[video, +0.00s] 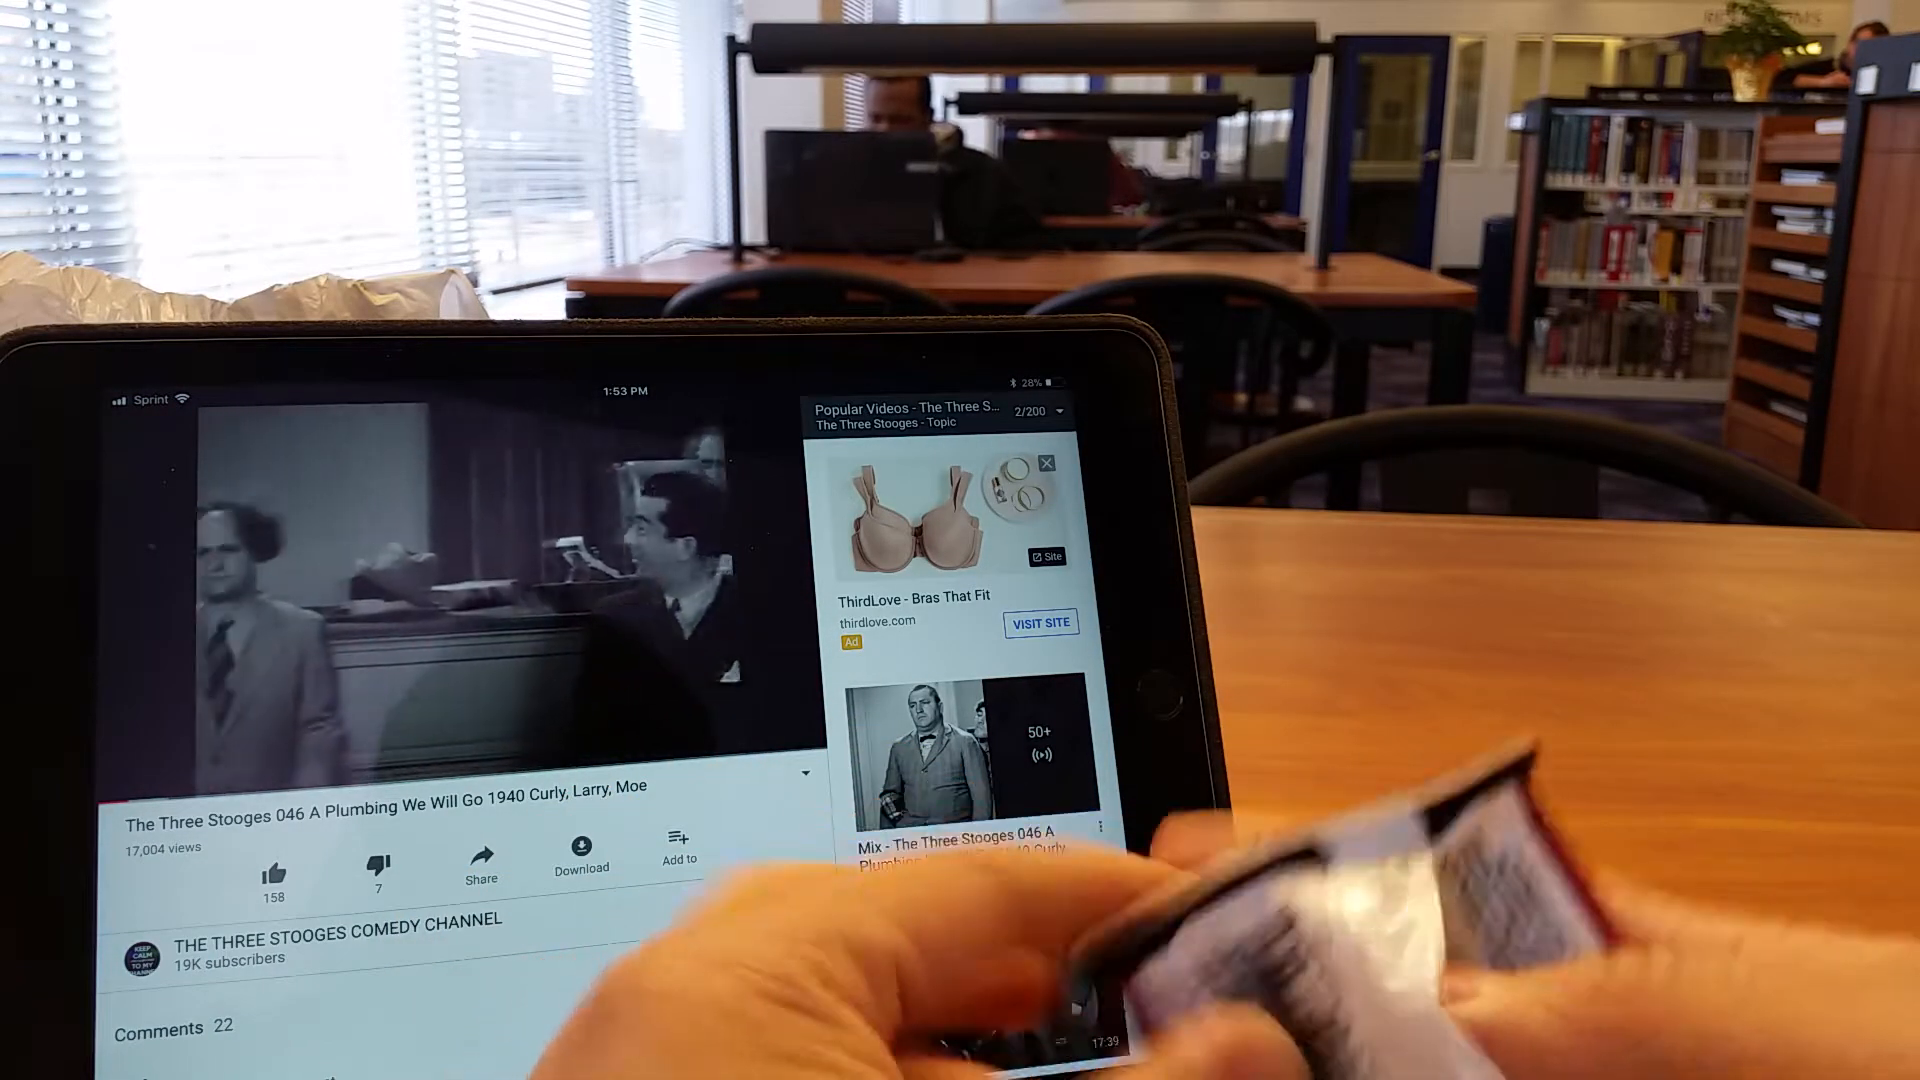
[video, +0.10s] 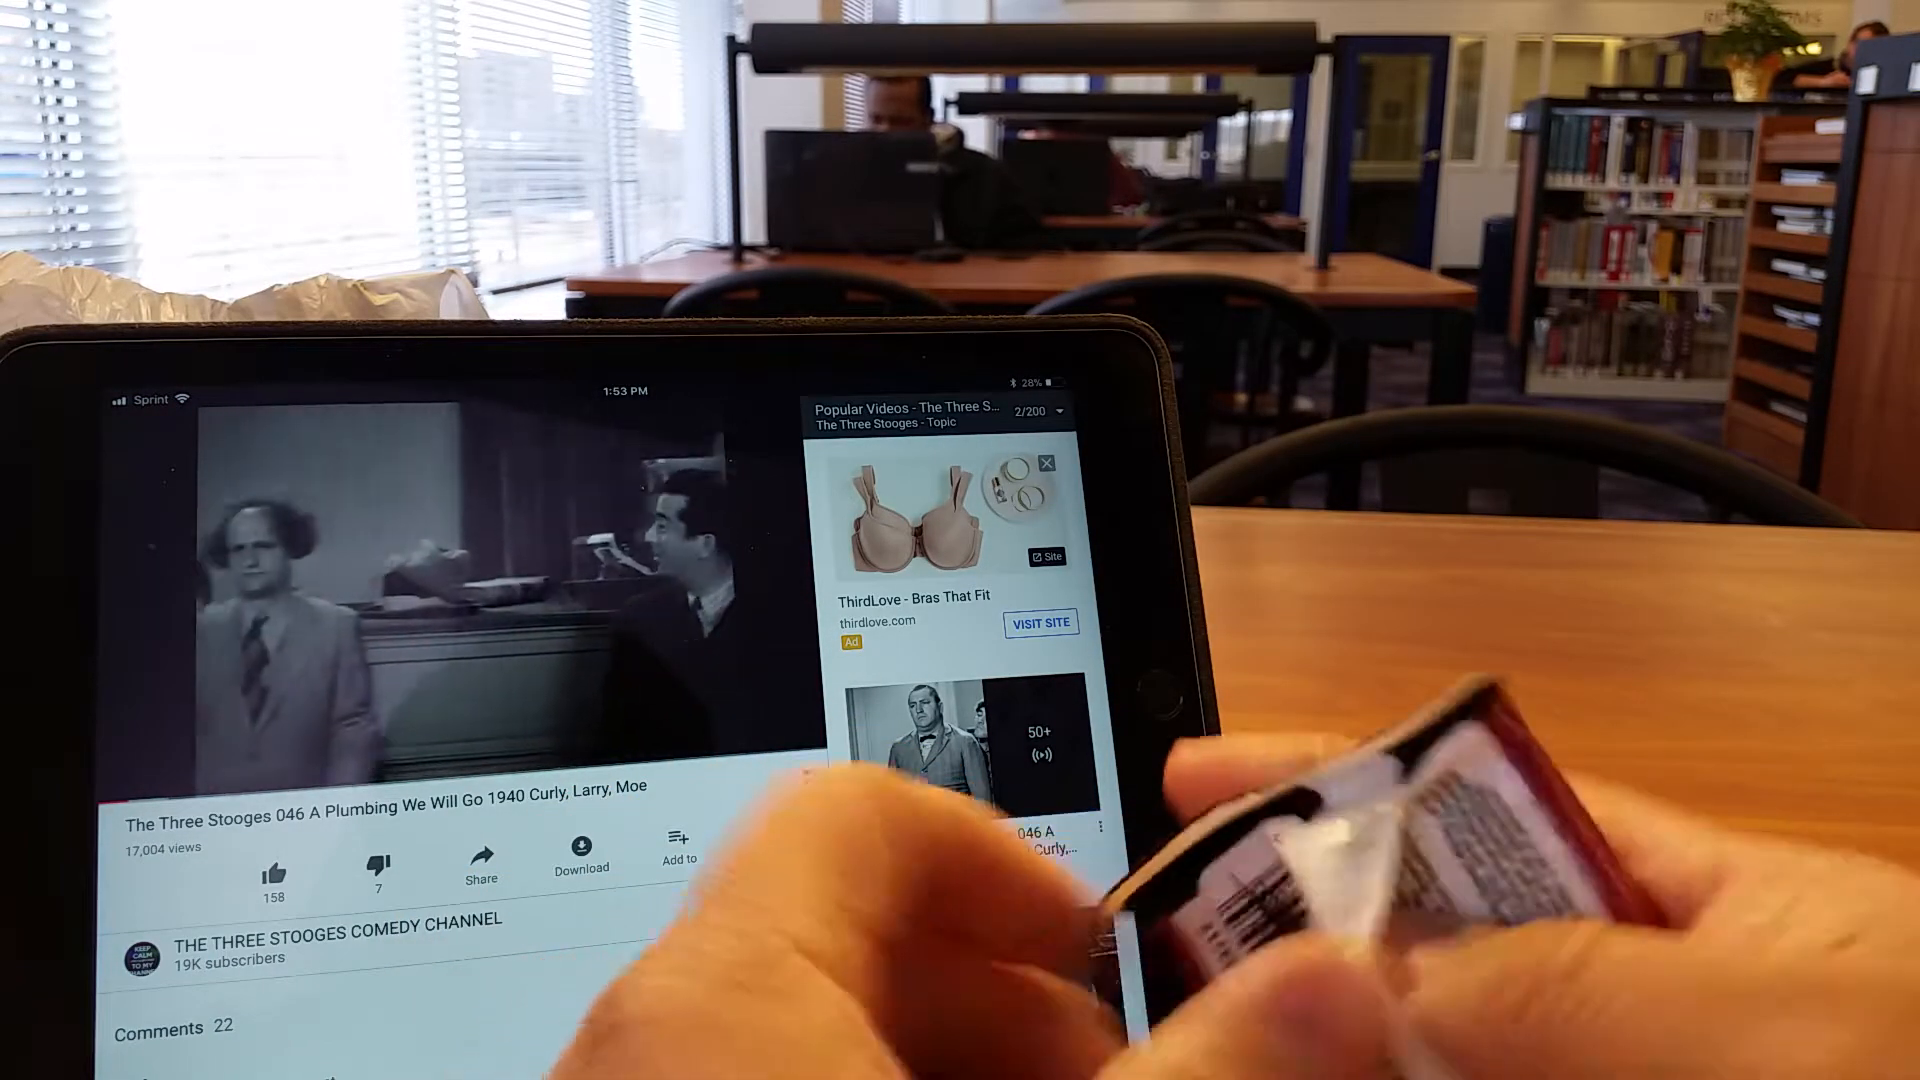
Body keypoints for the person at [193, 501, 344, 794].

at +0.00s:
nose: (215, 564)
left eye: (228, 550)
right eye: (203, 553)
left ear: (255, 552)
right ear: (191, 560)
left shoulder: (302, 630)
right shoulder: (185, 627)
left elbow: (320, 727)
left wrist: (308, 805)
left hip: (269, 805)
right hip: (186, 804)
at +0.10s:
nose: (250, 561)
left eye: (264, 547)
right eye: (239, 550)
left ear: (289, 550)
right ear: (226, 560)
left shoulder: (336, 626)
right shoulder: (204, 628)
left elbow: (354, 724)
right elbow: (187, 722)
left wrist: (340, 804)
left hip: (305, 802)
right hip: (216, 802)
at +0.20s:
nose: (283, 557)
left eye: (296, 543)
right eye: (271, 546)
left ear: (322, 547)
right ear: (259, 555)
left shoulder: (369, 622)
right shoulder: (228, 627)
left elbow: (384, 718)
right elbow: (206, 725)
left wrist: (369, 795)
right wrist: (209, 800)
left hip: (334, 800)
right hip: (242, 801)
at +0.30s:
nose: (331, 551)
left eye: (344, 538)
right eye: (320, 540)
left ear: (370, 542)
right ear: (309, 549)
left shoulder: (417, 616)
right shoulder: (277, 620)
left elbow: (432, 718)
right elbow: (257, 718)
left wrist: (423, 800)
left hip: (380, 792)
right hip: (292, 792)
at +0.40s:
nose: (362, 547)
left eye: (375, 534)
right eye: (350, 537)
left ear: (401, 538)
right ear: (338, 546)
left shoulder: (445, 611)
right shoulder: (308, 616)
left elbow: (463, 709)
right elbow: (288, 713)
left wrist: (452, 791)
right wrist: (286, 797)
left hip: (410, 791)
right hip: (321, 791)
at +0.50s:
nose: (402, 542)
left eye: (414, 529)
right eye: (390, 532)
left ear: (440, 533)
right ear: (379, 540)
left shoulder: (485, 605)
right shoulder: (350, 609)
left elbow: (502, 702)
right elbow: (331, 708)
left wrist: (489, 785)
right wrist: (326, 792)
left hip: (450, 786)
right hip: (362, 787)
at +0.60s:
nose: (415, 540)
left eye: (428, 527)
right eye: (404, 530)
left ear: (455, 530)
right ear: (393, 539)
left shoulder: (496, 603)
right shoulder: (374, 606)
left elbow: (518, 699)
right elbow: (353, 701)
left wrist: (512, 782)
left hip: (467, 770)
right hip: (384, 774)